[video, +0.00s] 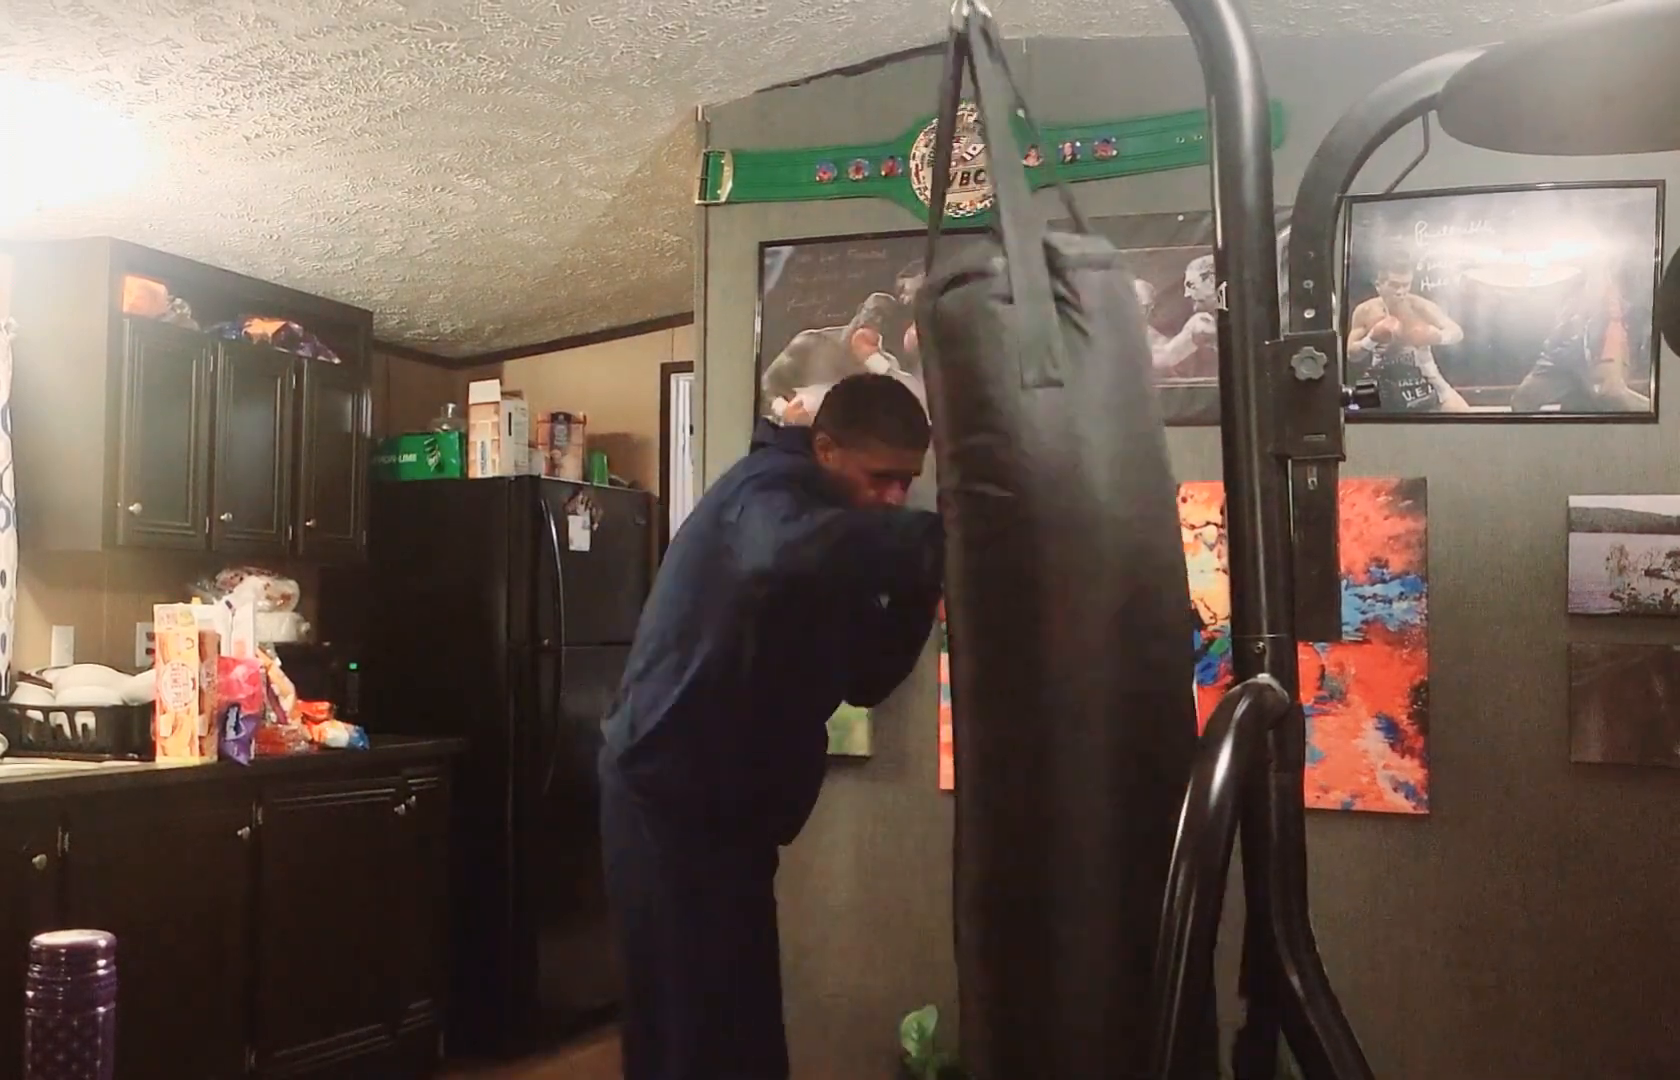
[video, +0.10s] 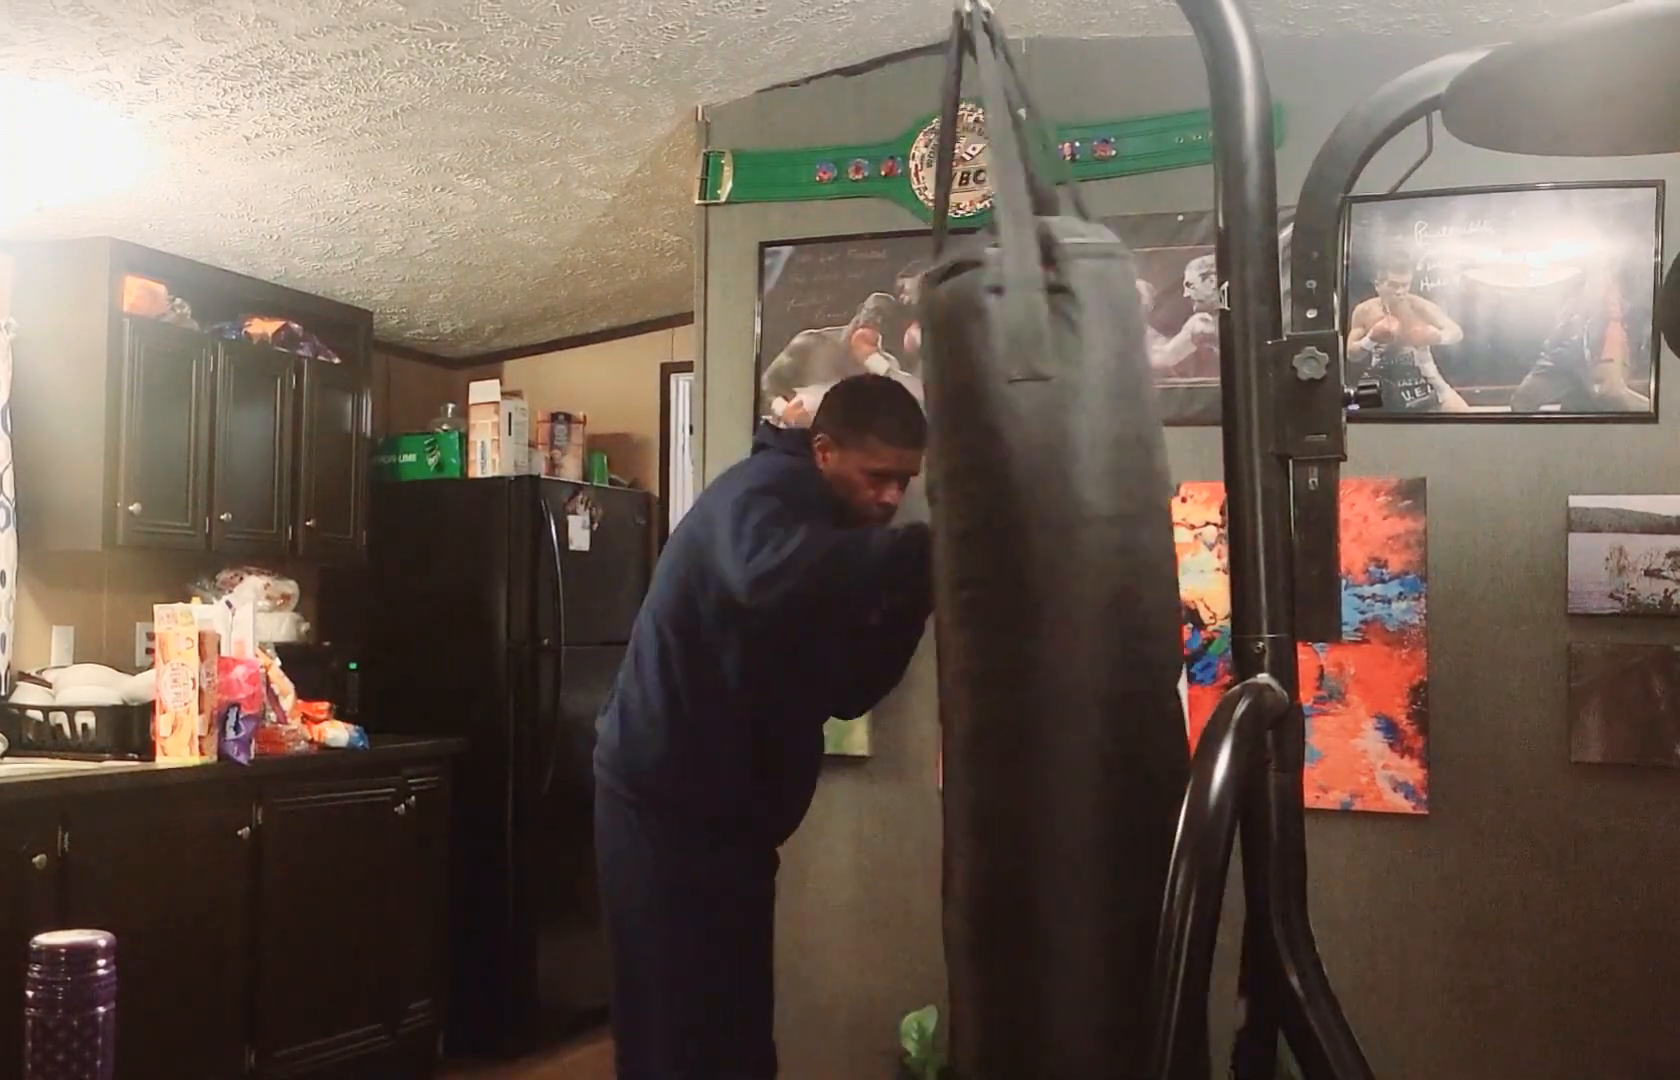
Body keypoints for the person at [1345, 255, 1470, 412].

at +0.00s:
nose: (1401, 292)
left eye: (1405, 286)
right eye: (1394, 285)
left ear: (1411, 284)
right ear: (1378, 285)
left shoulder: (1421, 306)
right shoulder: (1364, 312)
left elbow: (1457, 332)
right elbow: (1352, 355)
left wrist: (1435, 336)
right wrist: (1373, 339)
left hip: (1428, 382)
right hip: (1384, 386)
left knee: (1467, 419)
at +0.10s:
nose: (1400, 292)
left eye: (1405, 285)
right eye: (1394, 285)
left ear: (1410, 284)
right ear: (1378, 285)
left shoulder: (1419, 306)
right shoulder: (1364, 312)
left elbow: (1456, 332)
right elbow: (1351, 355)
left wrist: (1435, 336)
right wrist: (1372, 339)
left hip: (1426, 384)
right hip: (1383, 388)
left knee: (1469, 422)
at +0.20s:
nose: (1401, 292)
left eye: (1405, 286)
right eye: (1394, 285)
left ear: (1410, 284)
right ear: (1378, 285)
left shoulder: (1420, 306)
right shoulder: (1364, 312)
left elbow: (1456, 332)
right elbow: (1352, 355)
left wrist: (1434, 336)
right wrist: (1372, 339)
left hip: (1427, 383)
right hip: (1383, 387)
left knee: (1467, 420)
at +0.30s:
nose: (1400, 292)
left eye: (1405, 286)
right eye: (1394, 286)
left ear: (1410, 285)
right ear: (1378, 285)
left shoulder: (1420, 306)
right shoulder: (1364, 311)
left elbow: (1456, 332)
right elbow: (1351, 355)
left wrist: (1435, 336)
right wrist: (1372, 339)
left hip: (1427, 385)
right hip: (1383, 389)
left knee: (1468, 420)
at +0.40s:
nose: (1400, 292)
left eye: (1405, 286)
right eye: (1393, 286)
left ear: (1410, 284)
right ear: (1377, 284)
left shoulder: (1420, 307)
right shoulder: (1364, 312)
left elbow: (1456, 332)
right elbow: (1351, 355)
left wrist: (1435, 336)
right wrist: (1371, 339)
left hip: (1426, 383)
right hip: (1383, 387)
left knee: (1466, 419)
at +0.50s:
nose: (1400, 291)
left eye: (1405, 285)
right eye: (1394, 285)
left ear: (1410, 284)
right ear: (1378, 284)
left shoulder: (1420, 306)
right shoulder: (1365, 311)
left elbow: (1457, 332)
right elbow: (1351, 354)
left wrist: (1435, 336)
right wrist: (1372, 338)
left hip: (1427, 381)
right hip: (1384, 384)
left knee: (1466, 417)